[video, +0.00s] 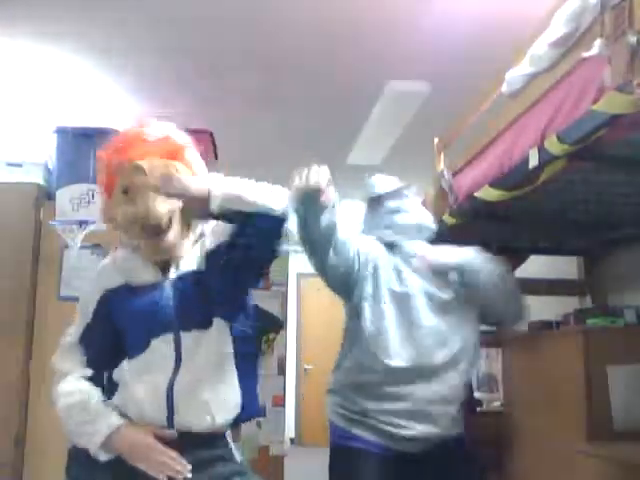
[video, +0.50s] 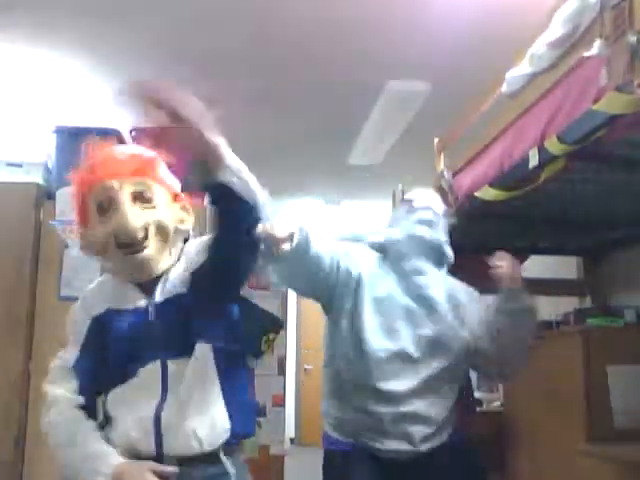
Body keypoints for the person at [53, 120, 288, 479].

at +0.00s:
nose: (147, 208)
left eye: (162, 188)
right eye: (128, 194)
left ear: (188, 199)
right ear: (111, 211)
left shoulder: (223, 260)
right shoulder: (110, 280)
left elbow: (278, 209)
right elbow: (70, 380)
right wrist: (121, 437)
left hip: (210, 456)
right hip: (118, 458)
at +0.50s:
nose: (127, 220)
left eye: (143, 198)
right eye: (105, 208)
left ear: (180, 213)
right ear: (88, 236)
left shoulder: (207, 274)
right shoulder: (95, 305)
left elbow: (245, 223)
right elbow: (61, 407)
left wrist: (212, 156)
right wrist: (111, 467)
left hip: (211, 465)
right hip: (129, 467)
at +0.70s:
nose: (126, 273)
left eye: (137, 242)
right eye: (100, 255)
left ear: (174, 231)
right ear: (86, 262)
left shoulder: (200, 262)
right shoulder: (93, 304)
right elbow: (69, 385)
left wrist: (182, 359)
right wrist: (144, 436)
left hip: (215, 444)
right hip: (118, 450)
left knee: (243, 471)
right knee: (84, 461)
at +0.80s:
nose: (122, 261)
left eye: (134, 231)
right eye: (98, 244)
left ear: (173, 223)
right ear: (84, 252)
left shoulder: (200, 241)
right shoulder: (95, 295)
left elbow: (188, 314)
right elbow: (66, 369)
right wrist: (136, 420)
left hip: (206, 429)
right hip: (114, 435)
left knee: (228, 468)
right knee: (79, 458)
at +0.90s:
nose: (116, 238)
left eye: (130, 211)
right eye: (94, 220)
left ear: (171, 204)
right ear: (80, 226)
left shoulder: (198, 224)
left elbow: (175, 314)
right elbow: (59, 349)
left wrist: (112, 398)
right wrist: (134, 396)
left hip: (199, 426)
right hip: (102, 419)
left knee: (213, 467)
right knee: (66, 451)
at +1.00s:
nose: (112, 224)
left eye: (127, 195)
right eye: (91, 204)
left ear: (174, 192)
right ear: (79, 212)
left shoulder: (199, 216)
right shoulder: (82, 254)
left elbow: (171, 305)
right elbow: (54, 335)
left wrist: (90, 379)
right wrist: (122, 381)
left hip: (189, 416)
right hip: (99, 419)